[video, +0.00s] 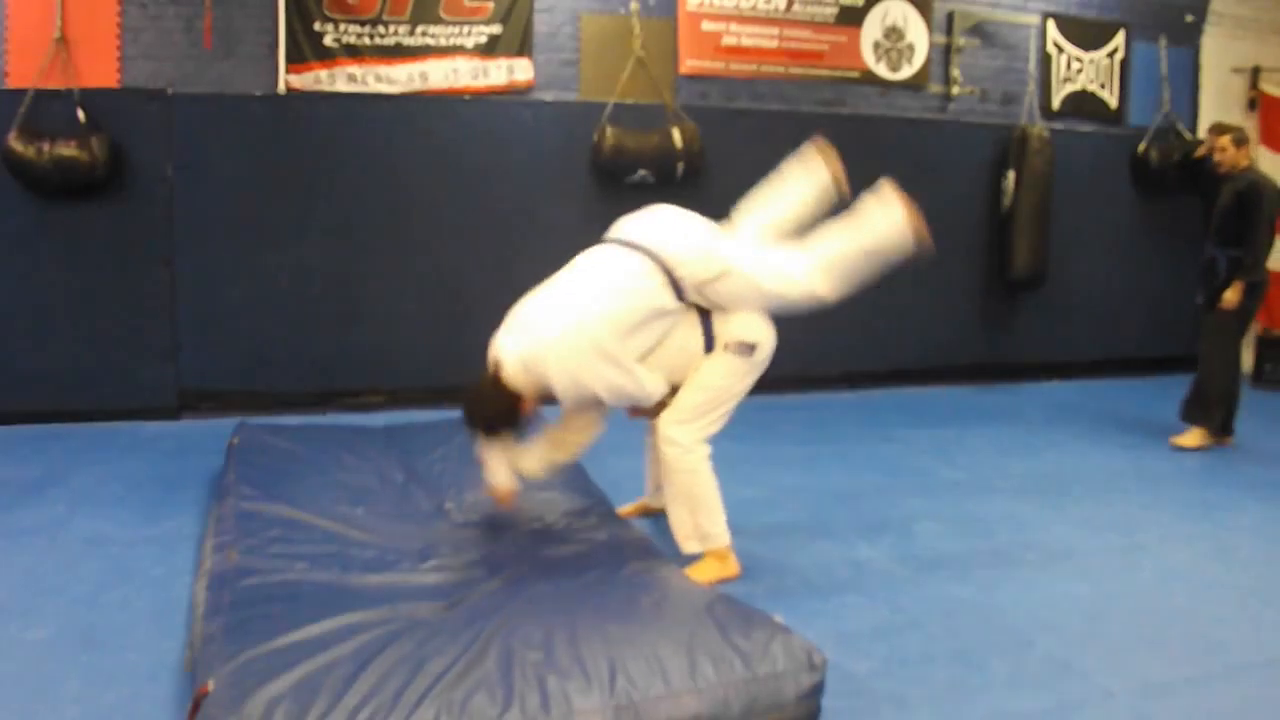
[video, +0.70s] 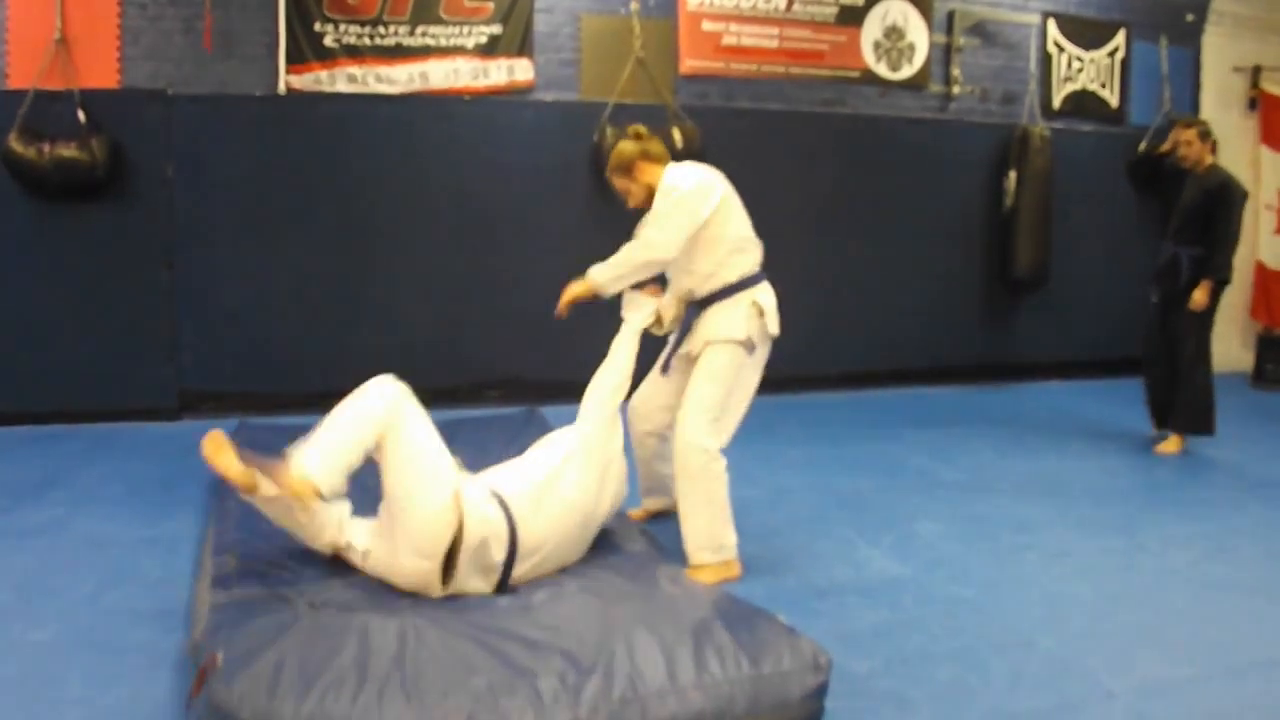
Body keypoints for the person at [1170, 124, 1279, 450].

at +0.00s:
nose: (1216, 158)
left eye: (1222, 151)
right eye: (1214, 152)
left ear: (1242, 150)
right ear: (1214, 152)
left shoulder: (1259, 187)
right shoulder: (1227, 182)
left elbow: (1258, 244)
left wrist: (1240, 283)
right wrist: (1199, 155)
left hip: (1239, 280)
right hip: (1220, 275)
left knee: (1217, 349)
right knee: (1221, 350)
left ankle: (1207, 424)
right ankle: (1220, 426)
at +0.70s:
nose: (1181, 152)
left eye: (1187, 145)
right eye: (1177, 146)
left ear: (1208, 146)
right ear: (1174, 148)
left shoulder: (1226, 187)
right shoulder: (1177, 177)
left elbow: (1225, 243)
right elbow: (1138, 172)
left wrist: (1208, 284)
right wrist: (1160, 152)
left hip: (1198, 278)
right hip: (1169, 273)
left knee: (1187, 351)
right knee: (1160, 346)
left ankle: (1179, 430)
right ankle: (1165, 421)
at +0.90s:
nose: (1169, 149)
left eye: (1175, 142)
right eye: (1165, 143)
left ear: (1194, 144)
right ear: (1160, 147)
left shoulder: (1214, 185)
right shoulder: (1159, 175)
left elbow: (1214, 241)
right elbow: (1122, 175)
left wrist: (1194, 278)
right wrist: (1149, 154)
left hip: (1191, 276)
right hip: (1158, 272)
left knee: (1186, 354)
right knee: (1143, 348)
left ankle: (1179, 433)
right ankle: (1122, 426)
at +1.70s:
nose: (1094, 150)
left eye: (1099, 144)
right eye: (1092, 144)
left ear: (1119, 141)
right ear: (1094, 144)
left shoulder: (1150, 177)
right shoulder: (1092, 175)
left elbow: (1169, 229)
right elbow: (1058, 182)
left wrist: (1165, 274)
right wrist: (1082, 155)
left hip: (1137, 276)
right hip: (1098, 274)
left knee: (1134, 358)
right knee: (1095, 355)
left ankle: (1133, 439)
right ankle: (1094, 435)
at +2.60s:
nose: (1121, 145)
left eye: (1129, 138)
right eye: (1117, 138)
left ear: (1147, 138)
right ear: (1112, 141)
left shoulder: (1169, 180)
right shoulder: (1106, 173)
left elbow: (1181, 240)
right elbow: (1068, 172)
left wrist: (1177, 291)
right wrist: (1100, 148)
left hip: (1142, 285)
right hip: (1097, 280)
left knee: (1132, 371)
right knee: (1077, 367)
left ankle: (1122, 455)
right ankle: (1063, 451)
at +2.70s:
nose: (1119, 144)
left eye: (1127, 136)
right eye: (1114, 137)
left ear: (1144, 138)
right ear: (1108, 142)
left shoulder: (1165, 181)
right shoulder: (1102, 174)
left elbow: (1180, 241)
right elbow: (1064, 181)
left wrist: (1175, 293)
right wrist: (1094, 151)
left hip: (1140, 285)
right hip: (1095, 281)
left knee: (1131, 372)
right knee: (1079, 370)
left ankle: (1122, 457)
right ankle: (1059, 457)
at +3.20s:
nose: (1075, 128)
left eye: (1083, 120)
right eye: (1070, 122)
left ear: (1104, 123)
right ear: (1066, 129)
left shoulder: (1134, 173)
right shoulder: (1058, 178)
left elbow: (1159, 233)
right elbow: (1039, 243)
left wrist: (1153, 286)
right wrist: (1027, 223)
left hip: (1121, 288)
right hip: (1070, 288)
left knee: (1127, 381)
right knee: (1065, 381)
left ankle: (1125, 451)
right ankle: (1062, 473)